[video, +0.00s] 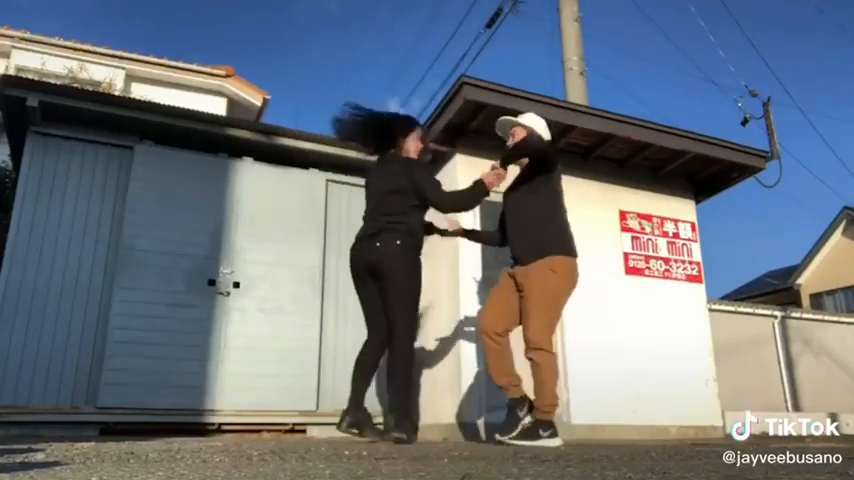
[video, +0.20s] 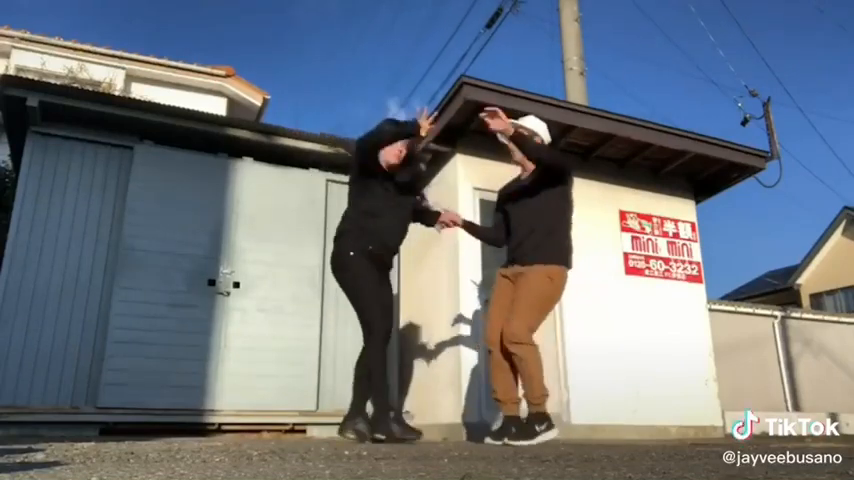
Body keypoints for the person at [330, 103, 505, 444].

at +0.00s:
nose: (422, 147)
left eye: (422, 141)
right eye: (418, 140)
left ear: (397, 142)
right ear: (400, 140)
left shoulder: (377, 170)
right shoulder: (412, 169)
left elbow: (395, 218)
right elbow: (446, 201)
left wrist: (434, 228)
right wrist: (483, 185)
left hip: (363, 250)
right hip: (397, 251)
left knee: (378, 334)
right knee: (403, 338)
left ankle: (354, 411)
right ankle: (401, 423)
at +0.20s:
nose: (397, 155)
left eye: (402, 152)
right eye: (395, 149)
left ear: (405, 156)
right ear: (382, 147)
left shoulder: (407, 182)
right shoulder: (366, 164)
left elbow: (413, 210)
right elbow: (375, 137)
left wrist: (437, 217)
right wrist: (414, 129)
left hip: (377, 262)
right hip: (352, 256)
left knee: (379, 334)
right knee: (379, 329)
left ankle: (356, 414)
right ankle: (384, 416)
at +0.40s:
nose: (368, 156)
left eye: (374, 153)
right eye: (365, 148)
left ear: (377, 160)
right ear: (349, 148)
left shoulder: (379, 194)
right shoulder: (332, 177)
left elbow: (399, 226)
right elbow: (335, 147)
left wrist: (434, 212)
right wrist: (331, 112)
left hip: (370, 273)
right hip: (332, 268)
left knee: (372, 345)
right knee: (321, 338)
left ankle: (354, 421)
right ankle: (282, 412)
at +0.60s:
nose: (345, 150)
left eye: (352, 148)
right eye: (341, 143)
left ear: (356, 154)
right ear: (327, 142)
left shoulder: (360, 186)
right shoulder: (296, 171)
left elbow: (399, 212)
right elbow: (260, 148)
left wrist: (444, 212)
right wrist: (253, 121)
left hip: (342, 272)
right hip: (297, 269)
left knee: (376, 336)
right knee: (285, 342)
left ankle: (404, 404)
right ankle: (272, 420)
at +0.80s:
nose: (339, 146)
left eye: (345, 142)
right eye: (334, 139)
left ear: (349, 148)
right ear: (319, 139)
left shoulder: (350, 179)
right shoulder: (298, 165)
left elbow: (395, 199)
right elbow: (281, 145)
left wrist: (445, 206)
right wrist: (268, 122)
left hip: (331, 269)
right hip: (289, 268)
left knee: (360, 336)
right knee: (282, 342)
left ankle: (404, 405)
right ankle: (271, 420)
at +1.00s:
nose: (351, 143)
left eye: (357, 140)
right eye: (347, 135)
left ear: (361, 147)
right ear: (330, 134)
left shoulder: (361, 179)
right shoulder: (306, 155)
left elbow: (409, 198)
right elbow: (291, 125)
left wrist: (456, 201)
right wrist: (279, 97)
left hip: (347, 266)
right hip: (303, 265)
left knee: (376, 334)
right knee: (289, 342)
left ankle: (407, 407)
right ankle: (272, 420)